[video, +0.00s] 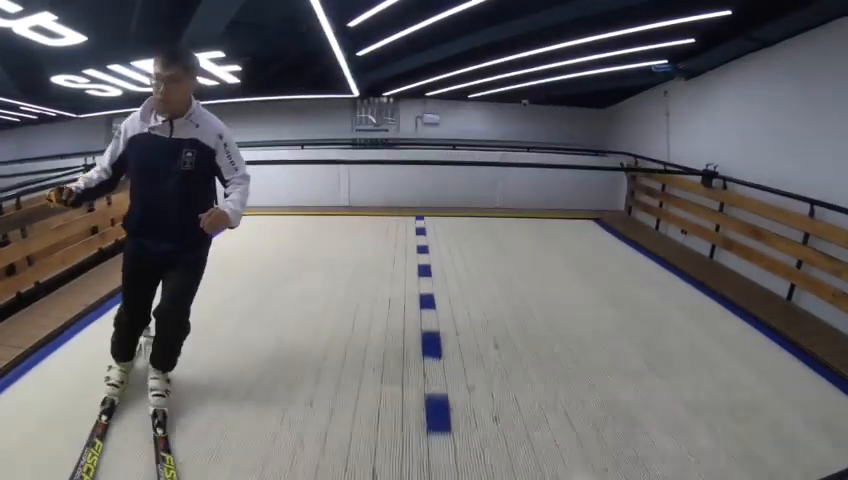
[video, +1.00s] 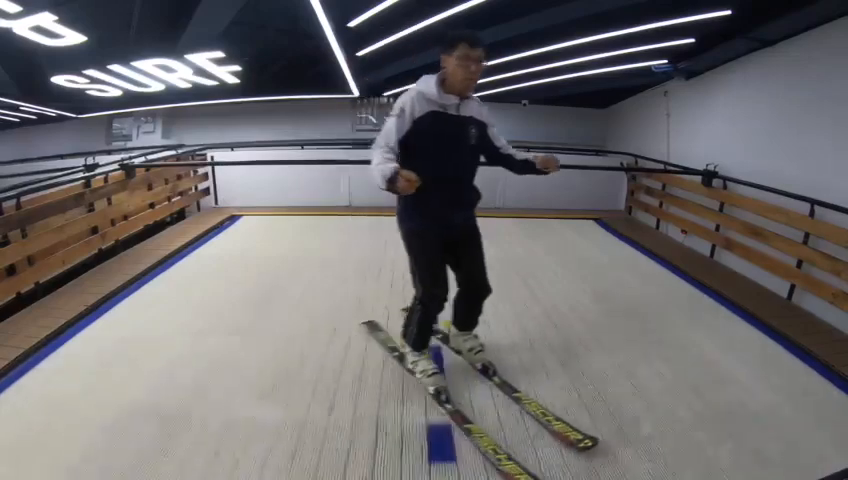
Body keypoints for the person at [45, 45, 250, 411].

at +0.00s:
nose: (160, 88)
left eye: (169, 81)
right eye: (156, 80)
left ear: (192, 81)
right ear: (151, 80)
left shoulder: (213, 132)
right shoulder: (134, 126)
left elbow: (238, 181)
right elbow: (105, 171)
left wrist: (228, 211)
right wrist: (74, 191)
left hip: (189, 242)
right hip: (142, 239)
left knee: (173, 315)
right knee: (132, 311)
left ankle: (160, 372)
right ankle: (120, 364)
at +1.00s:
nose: (474, 70)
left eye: (479, 63)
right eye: (466, 61)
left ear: (483, 67)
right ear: (444, 61)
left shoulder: (476, 111)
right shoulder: (414, 101)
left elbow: (501, 155)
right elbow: (382, 153)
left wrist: (535, 163)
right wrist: (392, 176)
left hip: (459, 211)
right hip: (419, 211)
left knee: (476, 287)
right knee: (432, 292)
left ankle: (461, 332)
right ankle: (416, 349)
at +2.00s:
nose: (639, 98)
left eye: (644, 91)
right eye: (631, 90)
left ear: (648, 93)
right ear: (609, 88)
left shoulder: (645, 138)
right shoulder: (578, 127)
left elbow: (668, 181)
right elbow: (549, 179)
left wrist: (701, 201)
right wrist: (557, 209)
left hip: (624, 238)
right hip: (580, 239)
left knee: (635, 308)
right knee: (594, 318)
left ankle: (649, 367)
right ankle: (612, 375)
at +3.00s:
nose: (310, 64)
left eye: (321, 56)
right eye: (304, 56)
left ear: (342, 59)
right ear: (298, 59)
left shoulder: (362, 108)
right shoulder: (286, 105)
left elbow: (402, 153)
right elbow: (263, 155)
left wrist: (403, 184)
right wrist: (225, 174)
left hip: (339, 221)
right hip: (294, 218)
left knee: (326, 303)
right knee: (279, 301)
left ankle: (369, 371)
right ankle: (305, 357)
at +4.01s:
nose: (225, 86)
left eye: (236, 78)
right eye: (219, 76)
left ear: (252, 83)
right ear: (210, 75)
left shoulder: (264, 128)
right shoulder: (185, 120)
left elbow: (295, 171)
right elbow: (151, 165)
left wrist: (307, 194)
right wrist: (130, 185)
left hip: (240, 243)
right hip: (191, 240)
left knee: (235, 323)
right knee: (187, 320)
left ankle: (210, 375)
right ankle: (165, 374)